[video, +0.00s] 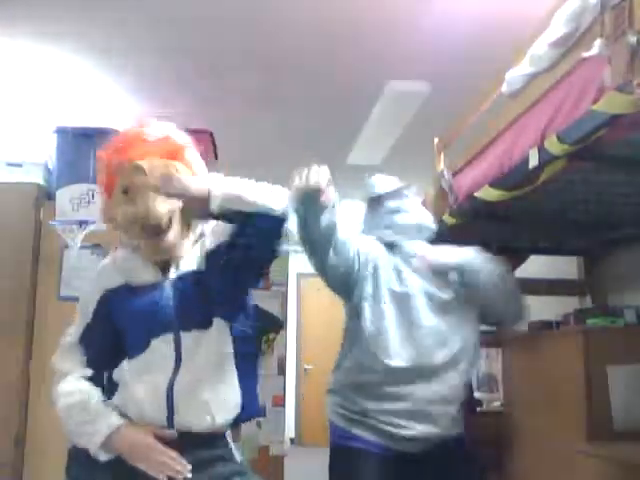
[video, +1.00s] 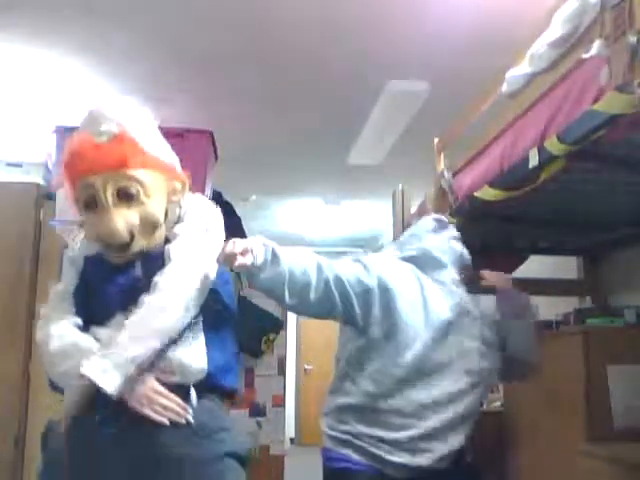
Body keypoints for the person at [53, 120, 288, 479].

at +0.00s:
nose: (147, 208)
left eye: (162, 188)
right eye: (128, 194)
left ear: (188, 199)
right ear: (111, 211)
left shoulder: (223, 260)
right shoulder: (110, 280)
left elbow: (278, 209)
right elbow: (70, 380)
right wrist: (121, 437)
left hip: (210, 456)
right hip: (118, 458)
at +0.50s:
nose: (127, 220)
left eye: (143, 198)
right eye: (105, 208)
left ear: (180, 213)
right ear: (88, 236)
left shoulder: (207, 274)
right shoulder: (95, 305)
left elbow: (245, 223)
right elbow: (61, 407)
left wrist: (212, 156)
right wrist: (111, 467)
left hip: (211, 465)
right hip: (129, 467)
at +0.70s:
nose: (126, 273)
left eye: (137, 242)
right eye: (100, 255)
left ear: (174, 231)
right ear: (86, 262)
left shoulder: (200, 262)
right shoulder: (93, 304)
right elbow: (69, 385)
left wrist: (182, 359)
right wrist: (144, 436)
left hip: (215, 444)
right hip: (118, 450)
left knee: (243, 471)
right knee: (84, 461)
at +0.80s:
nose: (122, 261)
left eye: (134, 231)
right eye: (98, 244)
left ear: (173, 223)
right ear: (84, 252)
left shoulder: (200, 241)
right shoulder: (95, 295)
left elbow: (188, 314)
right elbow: (66, 369)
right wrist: (136, 420)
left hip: (206, 429)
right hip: (114, 435)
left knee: (228, 468)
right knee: (79, 458)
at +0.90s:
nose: (116, 238)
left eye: (130, 211)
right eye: (94, 220)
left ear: (171, 204)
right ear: (80, 226)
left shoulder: (198, 224)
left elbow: (175, 314)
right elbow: (59, 349)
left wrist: (112, 398)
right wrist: (134, 396)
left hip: (199, 426)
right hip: (102, 419)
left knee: (213, 467)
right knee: (66, 451)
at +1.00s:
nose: (112, 224)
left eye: (127, 195)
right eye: (91, 204)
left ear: (174, 192)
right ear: (79, 212)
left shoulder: (199, 216)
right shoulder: (82, 254)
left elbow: (171, 305)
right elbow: (54, 335)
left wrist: (90, 379)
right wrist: (122, 381)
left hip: (189, 416)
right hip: (99, 419)